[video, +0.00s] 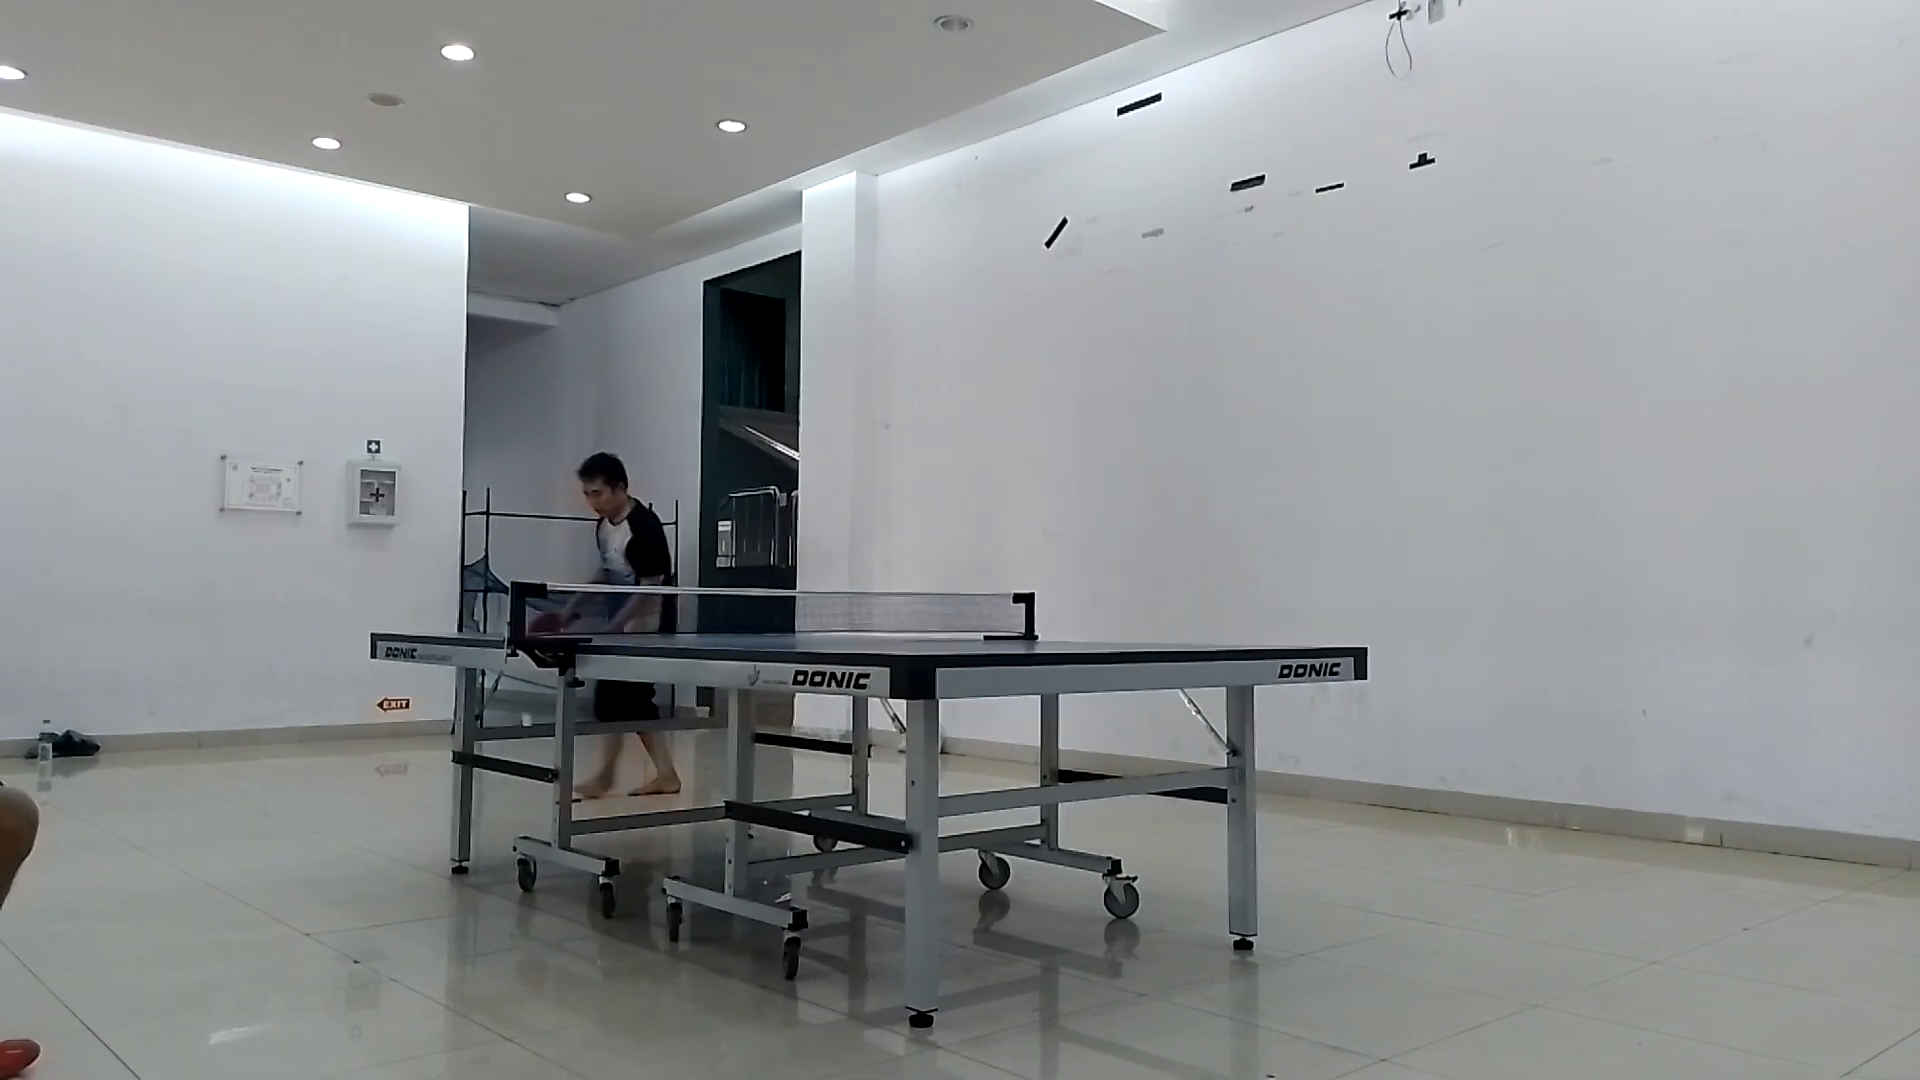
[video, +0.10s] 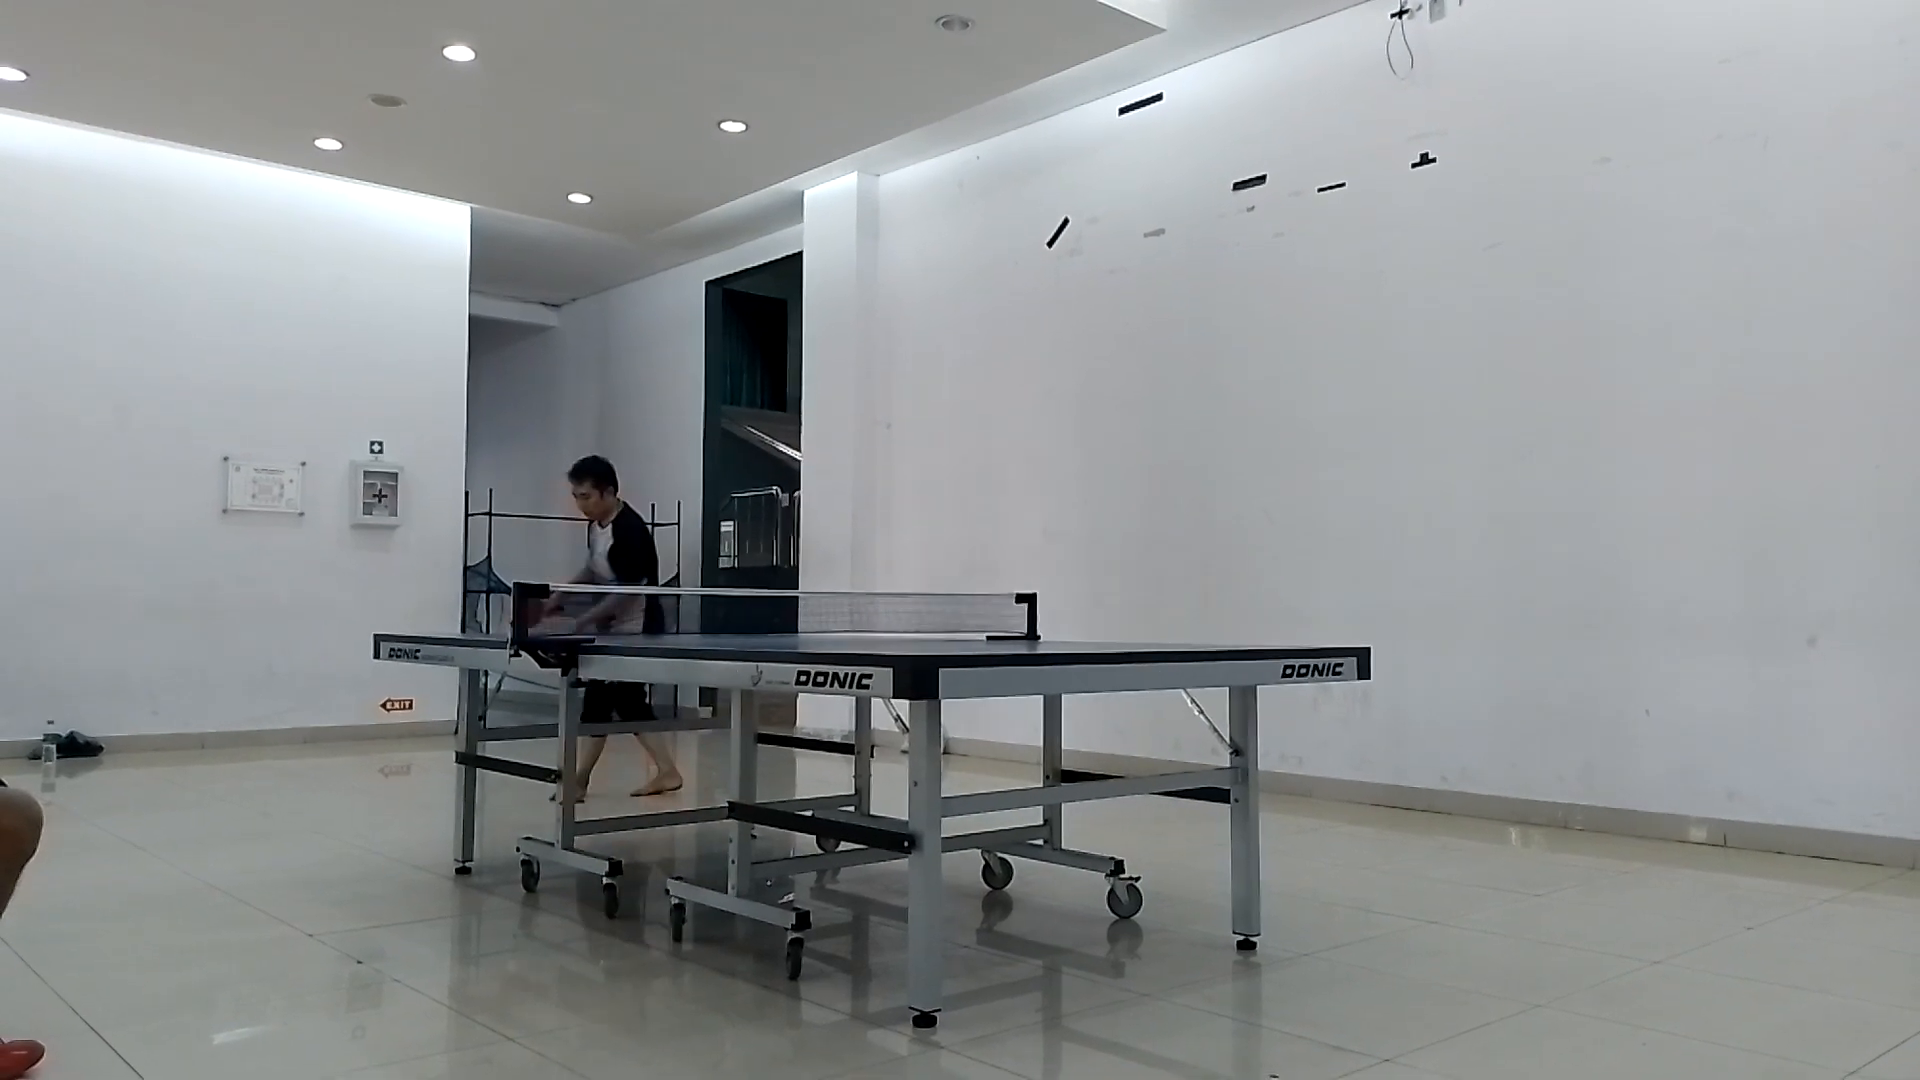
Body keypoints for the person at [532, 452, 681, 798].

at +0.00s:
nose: (590, 502)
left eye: (595, 493)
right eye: (587, 494)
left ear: (618, 487)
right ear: (590, 493)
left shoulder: (644, 525)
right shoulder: (604, 524)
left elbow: (651, 587)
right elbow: (605, 574)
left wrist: (615, 625)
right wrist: (570, 609)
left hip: (649, 623)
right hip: (626, 621)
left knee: (611, 693)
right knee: (636, 696)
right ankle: (667, 773)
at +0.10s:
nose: (579, 504)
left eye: (584, 496)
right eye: (576, 496)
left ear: (607, 491)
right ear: (583, 494)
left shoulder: (630, 529)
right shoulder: (598, 523)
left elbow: (629, 593)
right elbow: (595, 571)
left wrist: (583, 621)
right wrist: (559, 595)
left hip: (636, 629)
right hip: (613, 627)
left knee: (598, 699)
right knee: (629, 699)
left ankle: (580, 780)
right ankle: (667, 770)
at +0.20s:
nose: (565, 506)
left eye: (570, 498)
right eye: (562, 498)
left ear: (593, 494)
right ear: (582, 496)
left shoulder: (615, 532)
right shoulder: (584, 524)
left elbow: (601, 598)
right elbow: (575, 569)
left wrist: (553, 619)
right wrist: (542, 591)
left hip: (622, 632)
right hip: (600, 628)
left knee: (588, 701)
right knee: (600, 698)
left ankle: (576, 782)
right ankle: (648, 761)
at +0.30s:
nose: (554, 503)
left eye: (559, 495)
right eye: (551, 495)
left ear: (583, 491)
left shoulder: (603, 530)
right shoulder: (572, 524)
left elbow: (585, 597)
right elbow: (559, 567)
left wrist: (535, 612)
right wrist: (525, 592)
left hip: (616, 630)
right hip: (590, 623)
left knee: (578, 696)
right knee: (569, 691)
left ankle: (573, 781)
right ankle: (607, 759)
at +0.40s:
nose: (547, 493)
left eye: (554, 484)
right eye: (545, 485)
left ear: (579, 484)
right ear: (546, 485)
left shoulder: (598, 525)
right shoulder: (558, 520)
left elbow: (577, 594)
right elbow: (542, 571)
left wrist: (529, 605)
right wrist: (514, 599)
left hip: (605, 629)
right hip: (573, 623)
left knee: (581, 701)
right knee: (547, 694)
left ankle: (578, 781)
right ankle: (564, 768)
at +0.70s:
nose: (539, 476)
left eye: (548, 469)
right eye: (532, 469)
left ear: (564, 474)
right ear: (523, 474)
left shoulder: (584, 517)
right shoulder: (514, 516)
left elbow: (597, 574)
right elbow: (499, 564)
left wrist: (557, 613)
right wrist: (498, 596)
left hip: (568, 627)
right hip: (522, 626)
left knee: (563, 704)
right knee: (515, 700)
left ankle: (567, 779)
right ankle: (521, 780)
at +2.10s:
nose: (561, 506)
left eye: (569, 497)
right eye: (552, 497)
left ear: (578, 498)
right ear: (534, 499)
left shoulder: (591, 544)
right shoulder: (512, 527)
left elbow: (606, 603)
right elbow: (461, 568)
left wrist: (611, 612)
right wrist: (505, 566)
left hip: (563, 648)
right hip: (507, 646)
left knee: (596, 714)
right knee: (487, 720)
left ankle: (592, 794)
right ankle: (466, 801)